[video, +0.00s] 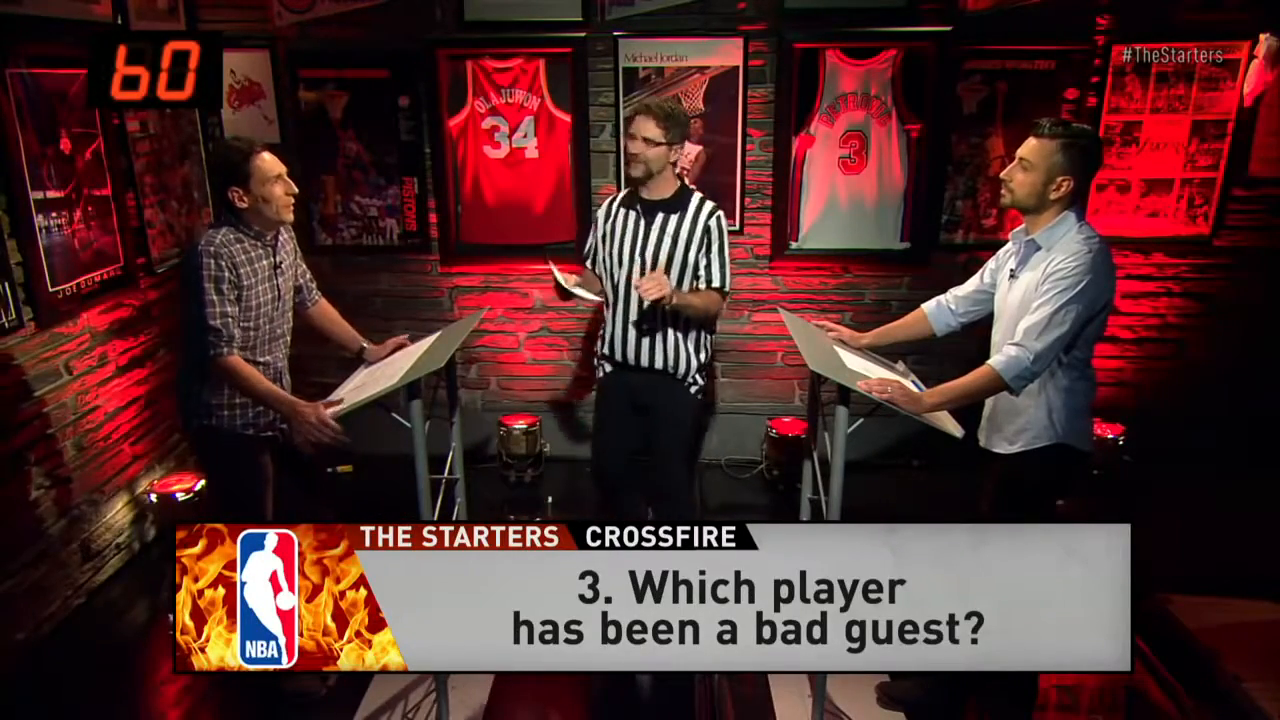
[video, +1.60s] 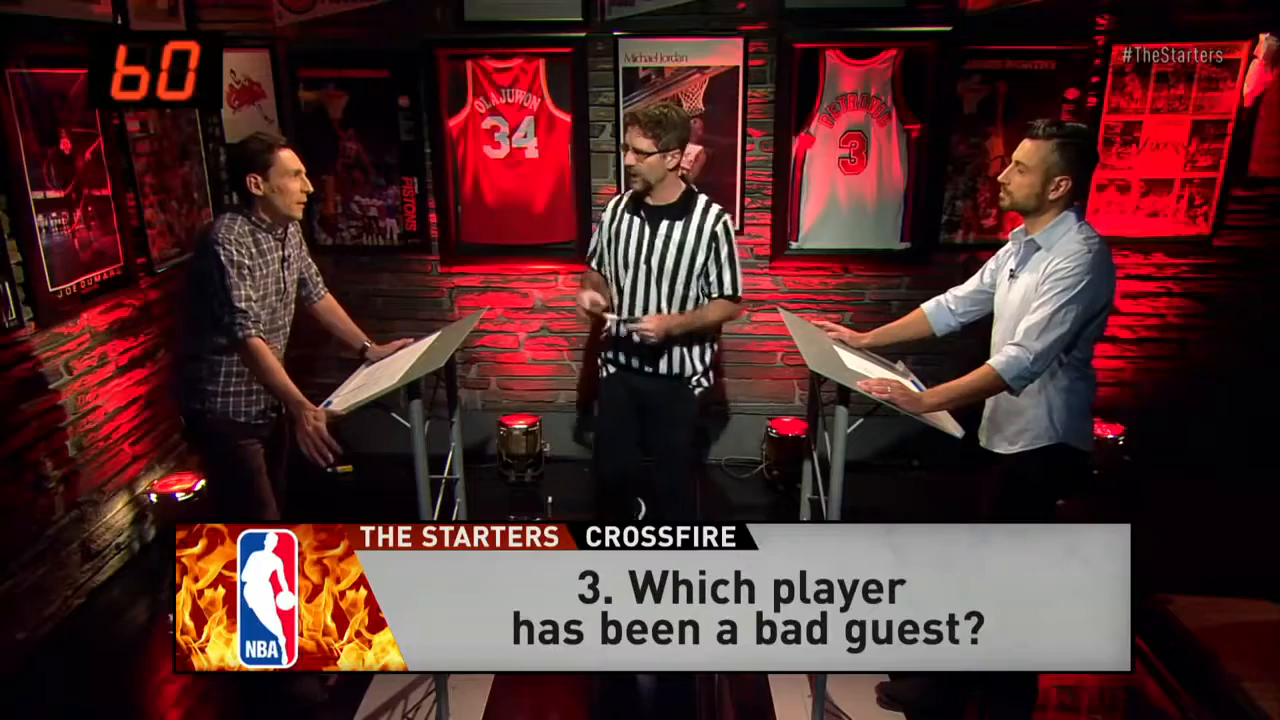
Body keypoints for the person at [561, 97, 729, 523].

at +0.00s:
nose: (633, 147)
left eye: (647, 141)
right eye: (630, 137)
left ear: (675, 151)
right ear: (624, 140)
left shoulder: (706, 217)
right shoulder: (611, 209)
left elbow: (713, 304)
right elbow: (599, 282)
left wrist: (675, 297)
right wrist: (580, 284)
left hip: (677, 383)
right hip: (617, 375)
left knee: (671, 491)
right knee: (610, 482)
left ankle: (675, 572)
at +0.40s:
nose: (695, 151)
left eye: (695, 142)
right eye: (684, 144)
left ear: (687, 149)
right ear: (648, 153)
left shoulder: (709, 212)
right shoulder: (611, 215)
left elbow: (727, 292)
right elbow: (579, 284)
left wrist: (733, 258)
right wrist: (602, 303)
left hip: (686, 379)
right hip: (626, 380)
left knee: (675, 492)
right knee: (623, 490)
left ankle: (671, 585)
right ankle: (616, 585)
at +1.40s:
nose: (631, 162)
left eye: (642, 154)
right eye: (630, 152)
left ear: (679, 159)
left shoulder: (720, 222)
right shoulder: (617, 211)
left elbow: (734, 301)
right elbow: (599, 273)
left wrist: (685, 320)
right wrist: (602, 298)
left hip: (684, 384)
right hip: (622, 378)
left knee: (676, 491)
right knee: (613, 486)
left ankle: (673, 572)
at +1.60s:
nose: (628, 161)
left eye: (640, 153)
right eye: (627, 150)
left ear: (675, 158)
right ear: (625, 149)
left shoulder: (712, 221)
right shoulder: (616, 211)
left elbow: (728, 305)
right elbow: (598, 279)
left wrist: (673, 324)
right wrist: (593, 297)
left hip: (681, 385)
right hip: (619, 379)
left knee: (675, 494)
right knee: (611, 489)